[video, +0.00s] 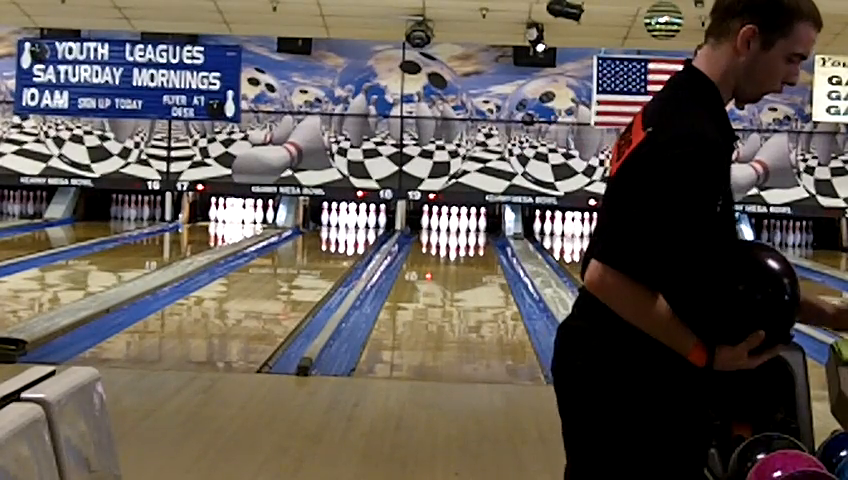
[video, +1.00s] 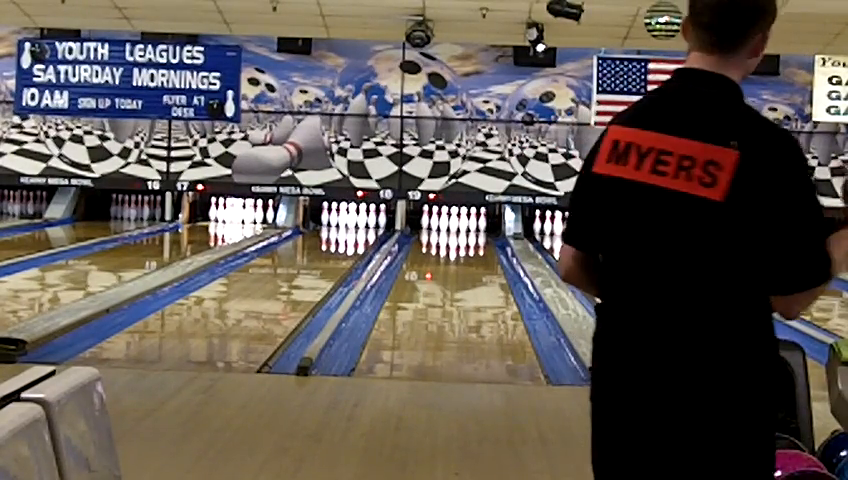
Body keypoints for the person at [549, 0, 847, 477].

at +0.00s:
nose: (793, 78)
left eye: (800, 63)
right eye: (792, 59)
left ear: (743, 42)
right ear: (748, 41)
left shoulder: (690, 111)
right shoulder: (692, 127)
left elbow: (712, 261)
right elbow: (605, 275)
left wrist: (815, 310)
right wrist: (704, 354)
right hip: (625, 368)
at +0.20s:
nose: (783, 74)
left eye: (790, 58)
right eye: (783, 55)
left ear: (735, 38)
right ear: (742, 38)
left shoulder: (658, 99)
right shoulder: (708, 141)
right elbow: (647, 289)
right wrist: (739, 348)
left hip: (590, 344)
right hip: (643, 368)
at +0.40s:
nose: (763, 70)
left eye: (770, 57)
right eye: (766, 54)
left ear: (690, 28)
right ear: (734, 39)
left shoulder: (630, 103)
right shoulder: (714, 144)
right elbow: (697, 299)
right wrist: (766, 308)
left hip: (593, 347)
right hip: (668, 365)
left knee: (609, 478)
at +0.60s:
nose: (748, 66)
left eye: (755, 55)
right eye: (754, 52)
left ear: (681, 24)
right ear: (735, 42)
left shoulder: (617, 112)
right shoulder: (724, 148)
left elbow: (582, 252)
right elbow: (730, 300)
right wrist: (796, 249)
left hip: (604, 357)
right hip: (689, 373)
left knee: (615, 479)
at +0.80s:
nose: (747, 66)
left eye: (751, 54)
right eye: (752, 52)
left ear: (675, 32)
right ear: (738, 47)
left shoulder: (608, 124)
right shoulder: (737, 148)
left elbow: (573, 270)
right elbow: (753, 303)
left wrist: (652, 278)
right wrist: (832, 251)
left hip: (607, 368)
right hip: (703, 377)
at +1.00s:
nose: (763, 50)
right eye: (765, 42)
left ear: (685, 30)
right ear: (760, 45)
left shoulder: (623, 128)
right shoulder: (772, 147)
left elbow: (573, 264)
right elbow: (791, 301)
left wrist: (631, 291)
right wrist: (835, 252)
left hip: (628, 379)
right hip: (729, 385)